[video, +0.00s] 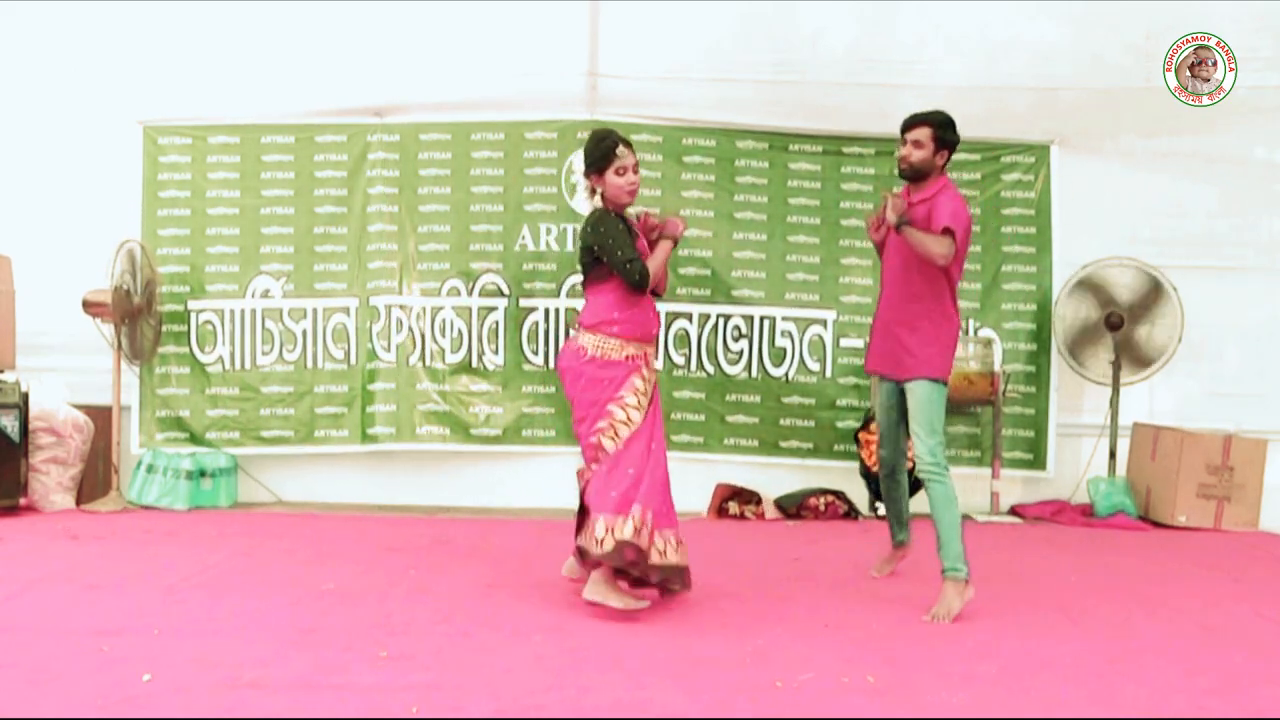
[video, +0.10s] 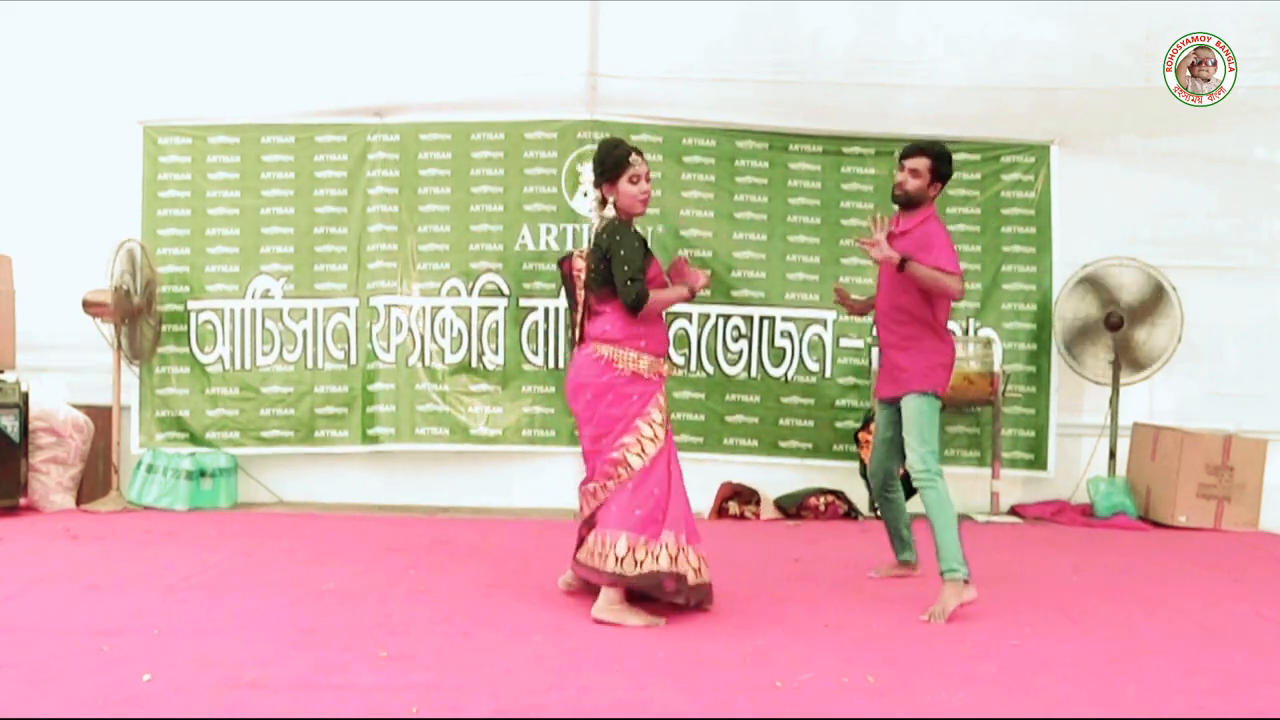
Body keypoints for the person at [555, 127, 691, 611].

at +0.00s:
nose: (633, 178)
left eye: (635, 168)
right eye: (621, 171)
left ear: (638, 171)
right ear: (596, 181)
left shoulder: (628, 224)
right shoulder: (603, 224)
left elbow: (658, 286)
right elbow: (641, 279)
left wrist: (661, 241)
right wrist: (667, 240)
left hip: (629, 355)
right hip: (603, 358)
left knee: (624, 454)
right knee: (629, 456)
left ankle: (585, 553)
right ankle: (602, 576)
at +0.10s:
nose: (646, 188)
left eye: (648, 179)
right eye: (635, 180)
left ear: (645, 183)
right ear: (608, 189)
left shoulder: (611, 234)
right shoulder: (622, 236)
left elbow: (626, 291)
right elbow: (637, 300)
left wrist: (672, 279)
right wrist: (684, 291)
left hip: (599, 367)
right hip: (616, 372)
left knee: (614, 471)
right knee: (645, 474)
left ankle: (584, 567)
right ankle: (612, 597)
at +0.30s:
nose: (662, 179)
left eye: (663, 169)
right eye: (651, 172)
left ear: (655, 172)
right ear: (626, 179)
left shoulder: (611, 227)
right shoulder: (638, 224)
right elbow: (629, 283)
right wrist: (690, 310)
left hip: (607, 362)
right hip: (630, 365)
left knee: (625, 466)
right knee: (649, 469)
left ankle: (596, 566)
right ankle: (613, 593)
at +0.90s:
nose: (623, 184)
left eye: (624, 175)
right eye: (612, 176)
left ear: (618, 181)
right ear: (585, 184)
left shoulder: (626, 237)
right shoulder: (570, 241)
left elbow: (650, 303)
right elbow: (577, 308)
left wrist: (647, 279)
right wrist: (632, 283)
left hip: (615, 368)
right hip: (572, 370)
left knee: (635, 461)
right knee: (588, 466)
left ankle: (626, 563)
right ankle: (557, 561)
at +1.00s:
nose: (615, 186)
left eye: (617, 177)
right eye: (605, 178)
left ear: (617, 183)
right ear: (578, 186)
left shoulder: (627, 239)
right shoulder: (561, 240)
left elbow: (646, 305)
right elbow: (546, 312)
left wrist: (630, 294)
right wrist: (607, 312)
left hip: (613, 366)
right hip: (567, 367)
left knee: (619, 459)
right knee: (574, 462)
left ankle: (602, 563)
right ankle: (540, 544)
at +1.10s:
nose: (604, 192)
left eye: (607, 184)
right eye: (593, 184)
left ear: (611, 190)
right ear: (568, 193)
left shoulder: (618, 249)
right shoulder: (551, 249)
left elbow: (633, 309)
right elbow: (519, 303)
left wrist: (668, 301)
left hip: (608, 374)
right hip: (559, 374)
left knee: (620, 465)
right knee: (566, 467)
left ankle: (629, 569)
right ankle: (564, 565)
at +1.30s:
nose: (601, 185)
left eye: (604, 176)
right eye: (590, 177)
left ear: (609, 183)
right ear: (566, 186)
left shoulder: (613, 236)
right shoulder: (554, 238)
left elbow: (633, 290)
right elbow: (533, 294)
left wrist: (677, 264)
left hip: (611, 352)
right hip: (567, 349)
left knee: (618, 449)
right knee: (570, 449)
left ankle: (612, 559)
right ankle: (558, 557)